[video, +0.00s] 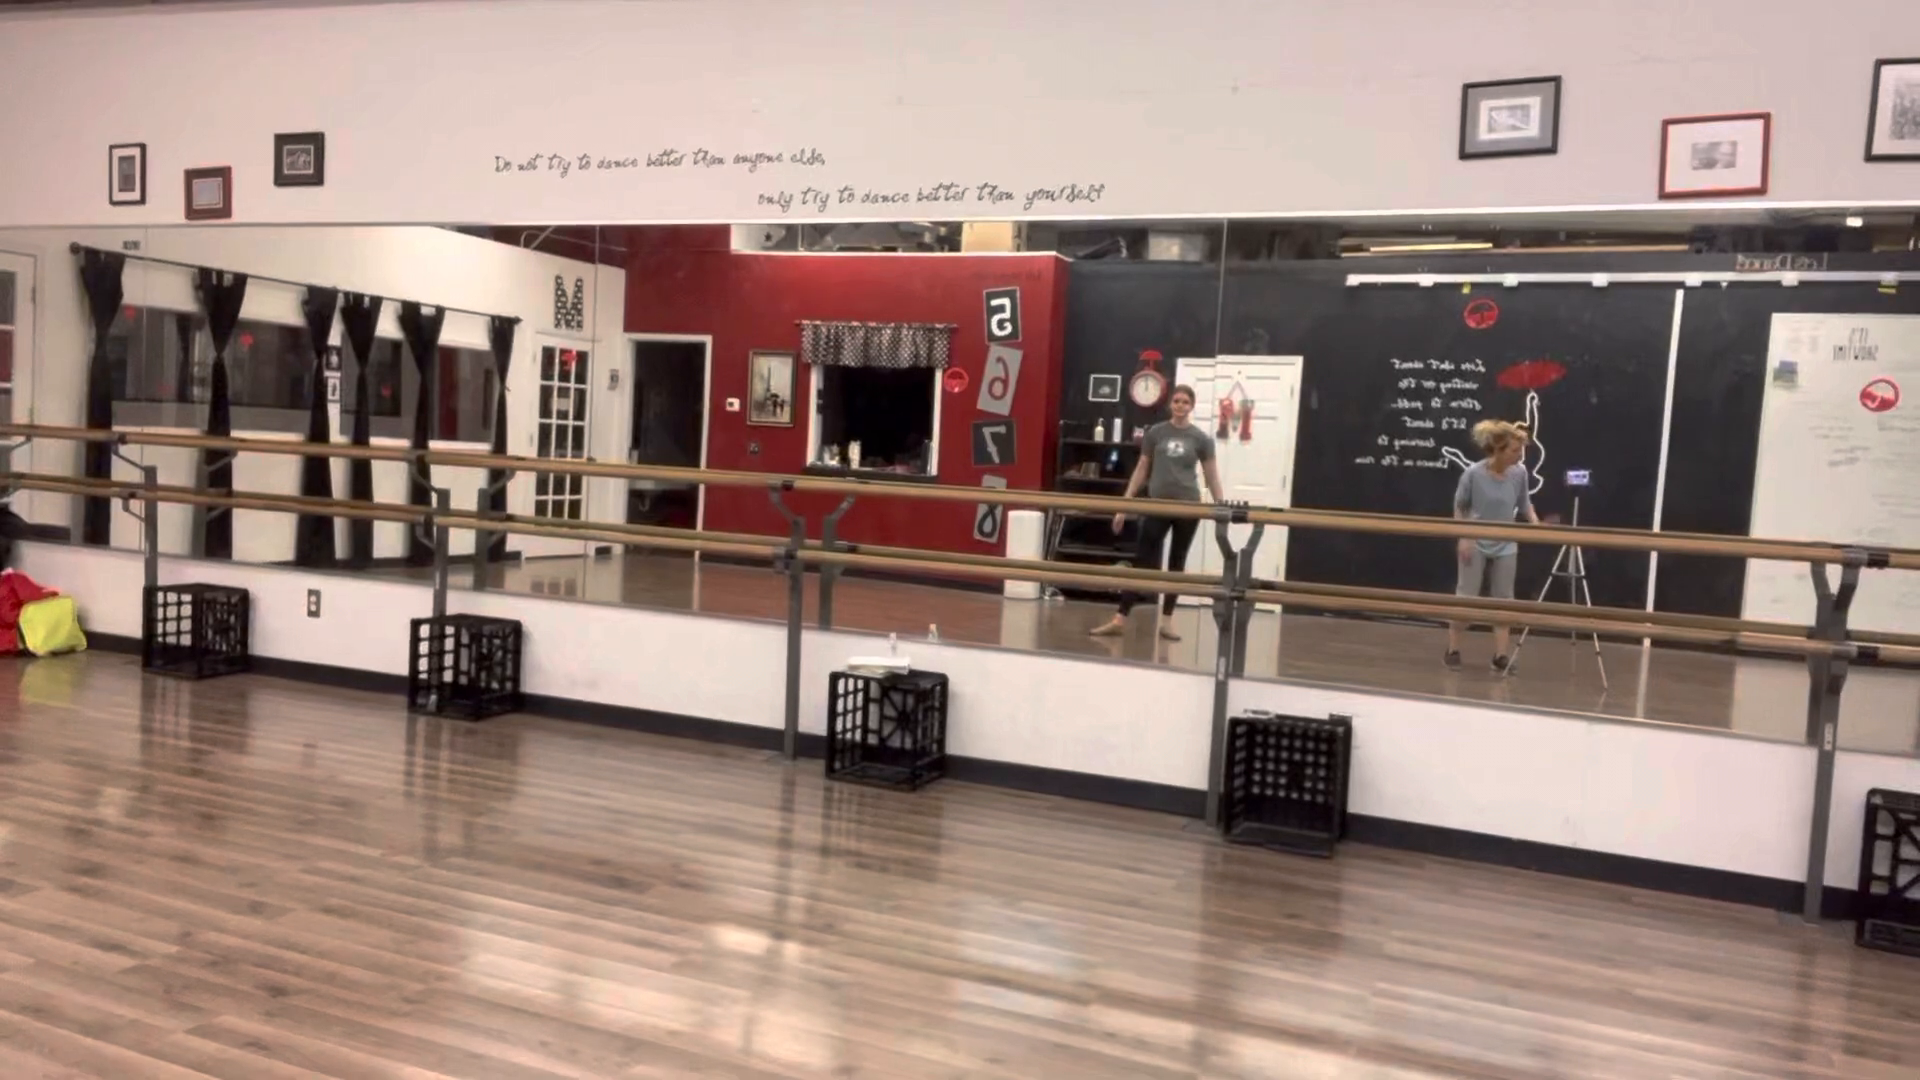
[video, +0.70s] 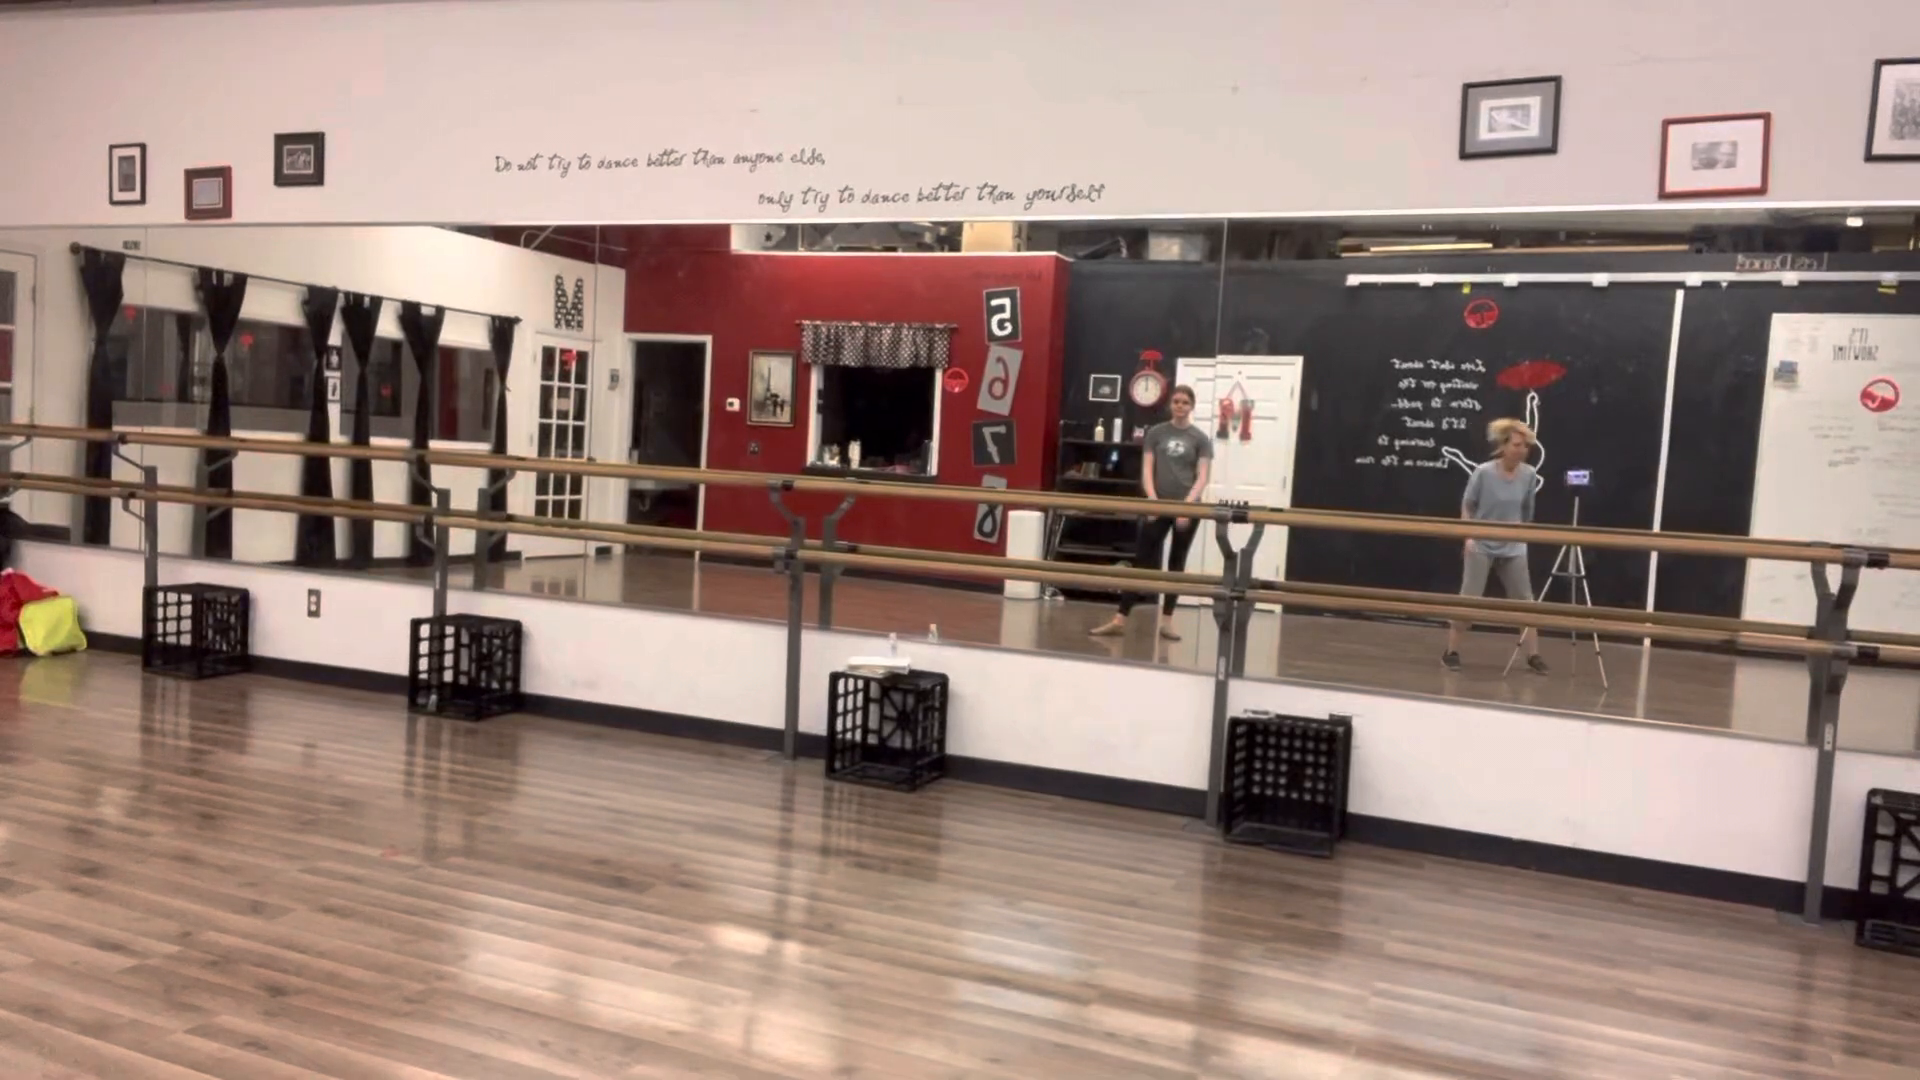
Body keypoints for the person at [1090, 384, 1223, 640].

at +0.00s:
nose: (1180, 406)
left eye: (1185, 402)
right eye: (1176, 401)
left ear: (1192, 407)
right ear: (1170, 404)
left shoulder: (1201, 439)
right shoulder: (1154, 433)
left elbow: (1211, 477)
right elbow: (1141, 470)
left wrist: (1220, 507)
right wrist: (1124, 506)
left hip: (1187, 509)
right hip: (1157, 506)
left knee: (1177, 563)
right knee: (1142, 559)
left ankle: (1166, 619)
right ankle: (1120, 617)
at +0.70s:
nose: (1180, 406)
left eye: (1184, 403)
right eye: (1176, 402)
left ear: (1192, 407)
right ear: (1170, 404)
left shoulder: (1201, 439)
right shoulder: (1154, 433)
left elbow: (1202, 478)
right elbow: (1147, 471)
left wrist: (1186, 508)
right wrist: (1153, 502)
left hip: (1186, 506)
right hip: (1158, 503)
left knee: (1176, 563)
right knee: (1142, 558)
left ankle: (1166, 619)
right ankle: (1121, 617)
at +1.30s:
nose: (1180, 406)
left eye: (1185, 402)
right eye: (1176, 401)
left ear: (1192, 406)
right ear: (1170, 404)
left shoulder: (1202, 437)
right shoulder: (1155, 433)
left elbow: (1214, 476)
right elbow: (1141, 470)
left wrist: (1225, 511)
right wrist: (1124, 505)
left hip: (1188, 509)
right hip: (1157, 506)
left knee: (1176, 563)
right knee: (1142, 559)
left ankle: (1166, 619)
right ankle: (1120, 617)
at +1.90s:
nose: (1180, 406)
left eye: (1185, 402)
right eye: (1177, 401)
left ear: (1193, 406)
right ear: (1171, 404)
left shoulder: (1202, 439)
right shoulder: (1155, 432)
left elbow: (1204, 477)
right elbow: (1148, 469)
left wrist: (1191, 508)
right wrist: (1150, 504)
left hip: (1185, 508)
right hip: (1157, 505)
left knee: (1176, 564)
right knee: (1142, 560)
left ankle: (1166, 619)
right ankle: (1120, 617)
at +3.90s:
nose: (1180, 404)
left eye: (1185, 401)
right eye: (1176, 400)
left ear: (1192, 405)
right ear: (1170, 404)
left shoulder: (1203, 437)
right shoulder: (1155, 432)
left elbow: (1214, 473)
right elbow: (1142, 469)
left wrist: (1224, 504)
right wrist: (1124, 505)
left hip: (1187, 510)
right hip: (1156, 507)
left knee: (1176, 563)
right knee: (1142, 559)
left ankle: (1165, 619)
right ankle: (1120, 618)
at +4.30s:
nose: (1181, 405)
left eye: (1185, 401)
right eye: (1177, 401)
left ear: (1193, 405)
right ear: (1171, 404)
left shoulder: (1202, 438)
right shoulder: (1155, 432)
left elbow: (1203, 476)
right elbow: (1147, 469)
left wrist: (1189, 505)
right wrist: (1153, 500)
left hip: (1185, 507)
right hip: (1157, 504)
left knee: (1176, 563)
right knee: (1142, 558)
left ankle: (1166, 619)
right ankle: (1120, 617)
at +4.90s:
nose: (1183, 405)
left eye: (1187, 402)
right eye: (1179, 401)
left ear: (1192, 406)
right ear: (1171, 404)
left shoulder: (1200, 437)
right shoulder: (1153, 433)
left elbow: (1211, 475)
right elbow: (1141, 473)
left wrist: (1221, 506)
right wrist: (1126, 507)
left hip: (1187, 509)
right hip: (1156, 507)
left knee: (1176, 564)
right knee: (1142, 560)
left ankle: (1165, 620)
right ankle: (1120, 617)